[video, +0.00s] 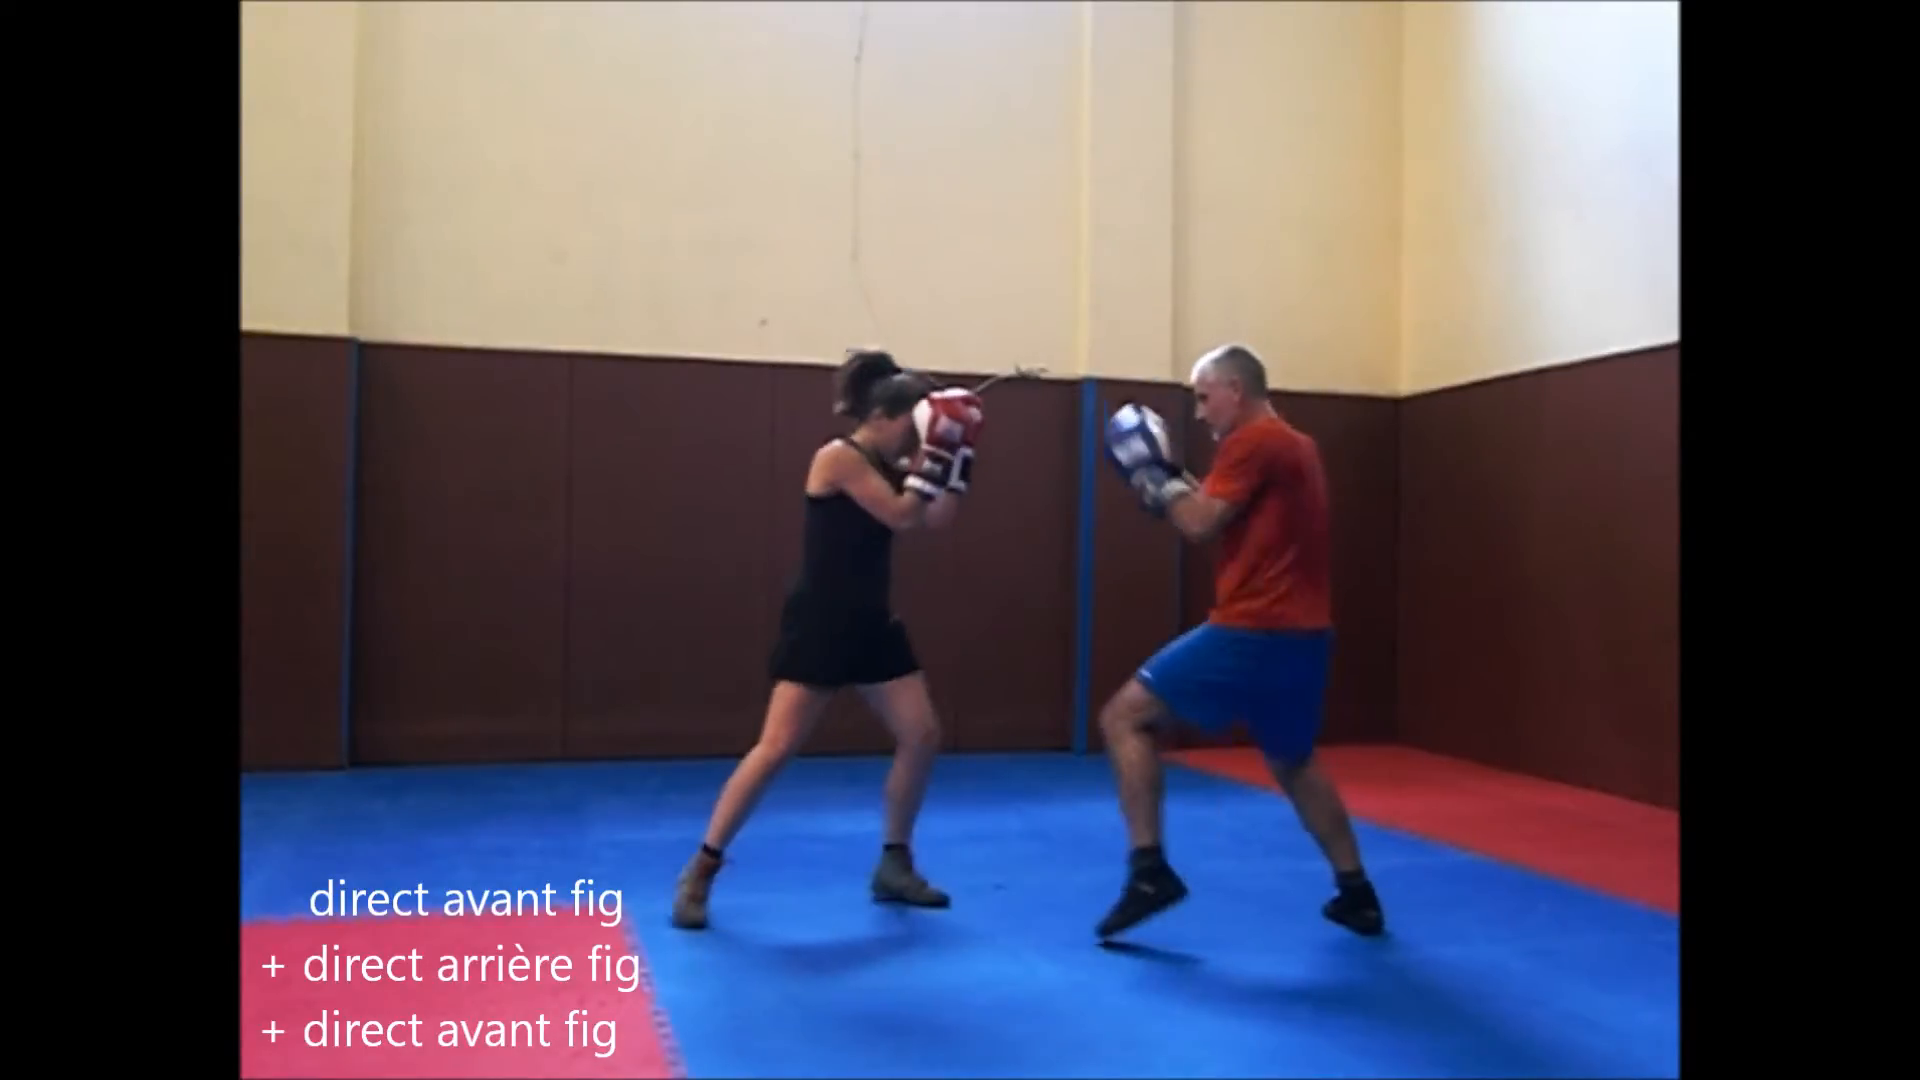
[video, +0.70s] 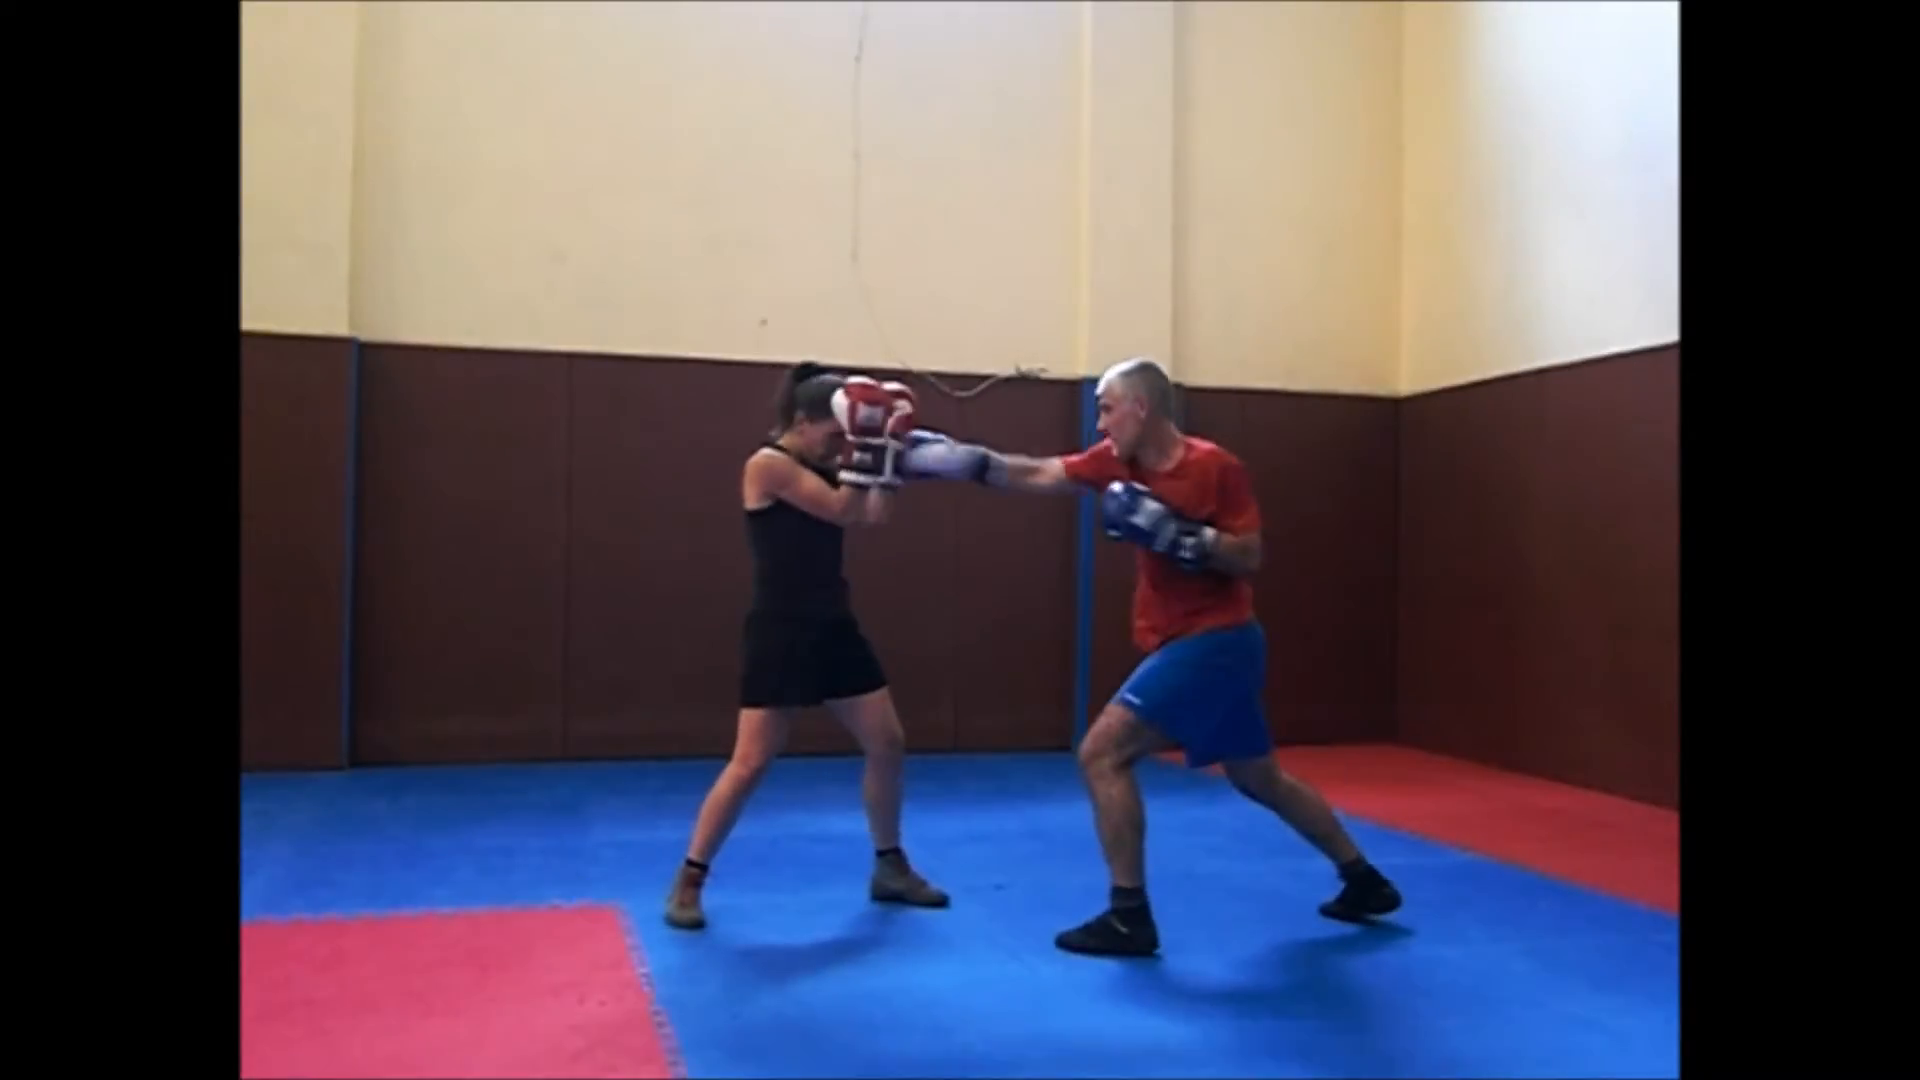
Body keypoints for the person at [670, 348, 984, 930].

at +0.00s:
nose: (912, 435)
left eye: (916, 425)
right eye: (909, 423)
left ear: (886, 418)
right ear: (881, 415)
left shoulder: (881, 466)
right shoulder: (837, 457)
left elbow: (936, 517)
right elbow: (899, 514)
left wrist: (956, 459)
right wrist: (934, 461)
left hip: (869, 627)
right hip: (818, 625)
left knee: (921, 733)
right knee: (775, 748)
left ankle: (895, 865)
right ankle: (701, 871)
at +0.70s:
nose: (837, 444)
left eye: (841, 434)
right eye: (830, 433)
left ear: (833, 427)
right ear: (800, 421)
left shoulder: (820, 471)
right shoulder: (767, 465)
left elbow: (874, 513)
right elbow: (843, 509)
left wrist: (885, 444)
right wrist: (867, 447)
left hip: (832, 629)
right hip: (779, 632)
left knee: (886, 741)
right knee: (750, 761)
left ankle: (890, 868)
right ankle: (689, 880)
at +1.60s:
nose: (886, 433)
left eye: (887, 423)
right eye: (881, 422)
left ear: (851, 420)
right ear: (852, 419)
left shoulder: (843, 467)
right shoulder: (813, 465)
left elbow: (893, 523)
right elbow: (897, 514)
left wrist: (919, 463)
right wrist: (918, 460)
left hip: (850, 623)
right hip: (806, 629)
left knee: (930, 713)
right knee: (809, 758)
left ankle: (916, 835)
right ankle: (755, 875)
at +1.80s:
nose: (918, 430)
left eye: (921, 420)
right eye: (910, 419)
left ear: (910, 418)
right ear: (872, 414)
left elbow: (988, 485)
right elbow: (826, 542)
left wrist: (1036, 456)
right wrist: (884, 494)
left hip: (898, 615)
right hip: (837, 618)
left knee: (948, 735)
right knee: (812, 741)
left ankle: (961, 850)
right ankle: (751, 871)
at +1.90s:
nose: (937, 438)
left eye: (940, 428)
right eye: (930, 426)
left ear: (929, 427)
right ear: (891, 420)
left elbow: (1014, 497)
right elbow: (832, 551)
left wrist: (1059, 463)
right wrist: (884, 509)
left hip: (912, 626)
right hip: (856, 627)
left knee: (955, 741)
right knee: (833, 746)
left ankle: (956, 865)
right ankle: (759, 870)